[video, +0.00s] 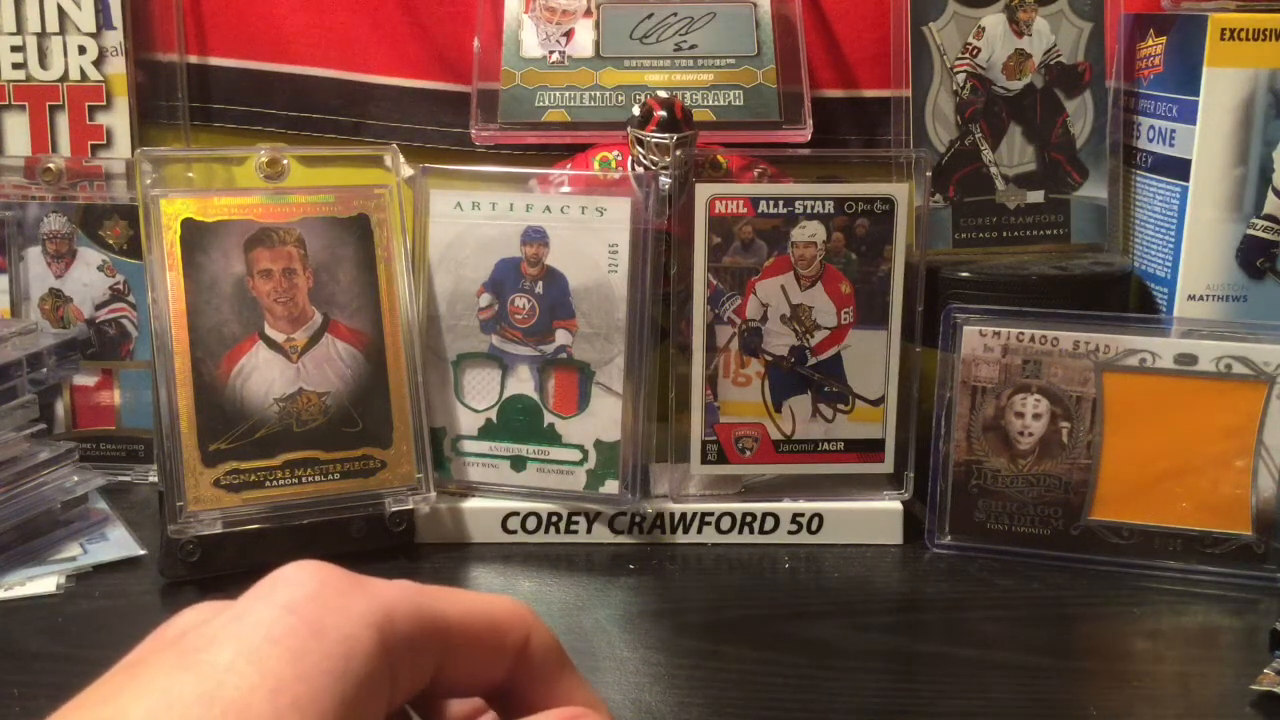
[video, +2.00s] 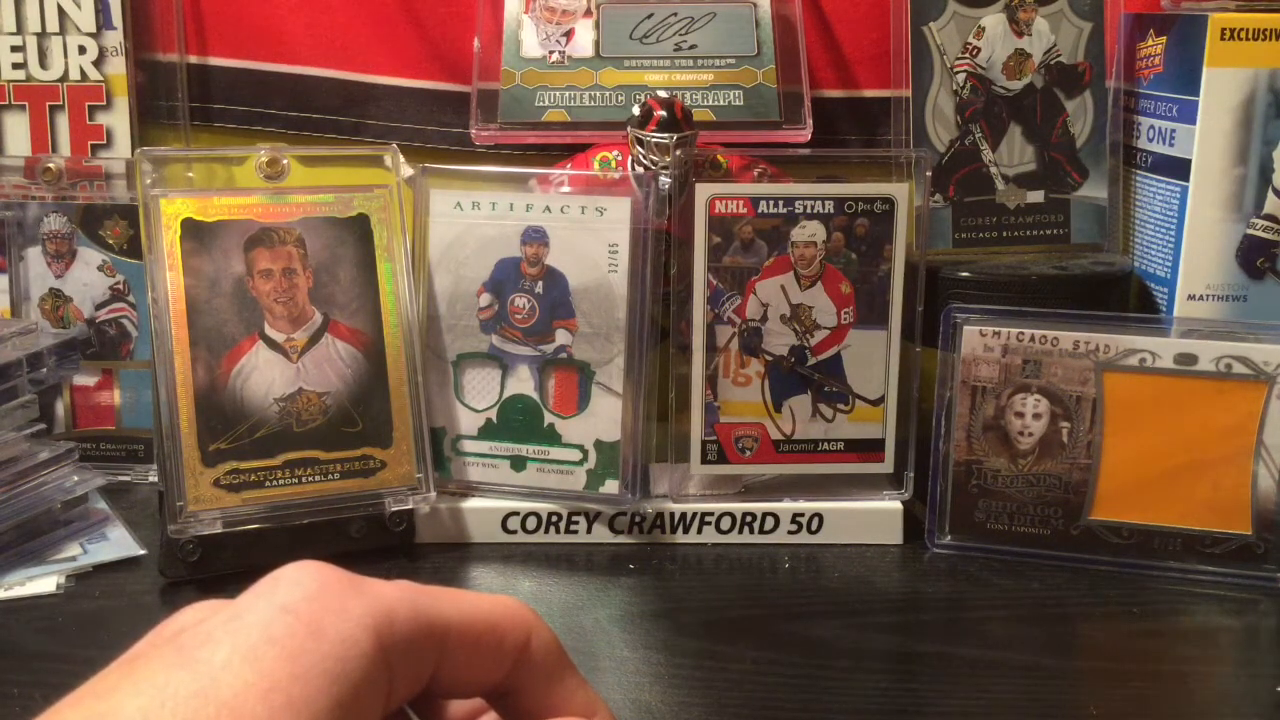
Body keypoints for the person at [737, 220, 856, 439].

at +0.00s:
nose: (801, 253)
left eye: (807, 247)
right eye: (796, 247)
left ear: (821, 250)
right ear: (790, 249)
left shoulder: (838, 285)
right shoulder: (774, 271)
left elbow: (842, 331)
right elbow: (755, 293)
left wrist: (810, 353)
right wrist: (750, 326)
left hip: (823, 353)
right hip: (780, 352)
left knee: (829, 411)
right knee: (796, 410)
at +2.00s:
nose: (801, 253)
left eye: (807, 247)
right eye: (796, 247)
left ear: (821, 250)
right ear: (790, 249)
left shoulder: (839, 285)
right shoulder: (773, 271)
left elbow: (842, 331)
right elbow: (754, 293)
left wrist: (810, 353)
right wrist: (750, 326)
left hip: (823, 353)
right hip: (780, 353)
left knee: (832, 413)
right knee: (798, 411)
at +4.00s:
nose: (801, 253)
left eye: (807, 247)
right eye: (796, 247)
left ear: (821, 249)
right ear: (790, 249)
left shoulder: (838, 285)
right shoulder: (773, 271)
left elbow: (843, 330)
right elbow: (754, 292)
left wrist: (810, 352)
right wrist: (751, 326)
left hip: (823, 353)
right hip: (780, 353)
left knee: (832, 412)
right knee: (799, 409)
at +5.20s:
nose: (801, 253)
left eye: (808, 247)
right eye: (796, 247)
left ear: (821, 249)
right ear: (790, 249)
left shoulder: (839, 285)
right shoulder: (773, 271)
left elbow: (843, 330)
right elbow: (754, 293)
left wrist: (809, 353)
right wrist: (750, 326)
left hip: (823, 354)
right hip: (780, 353)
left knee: (834, 412)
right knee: (799, 410)